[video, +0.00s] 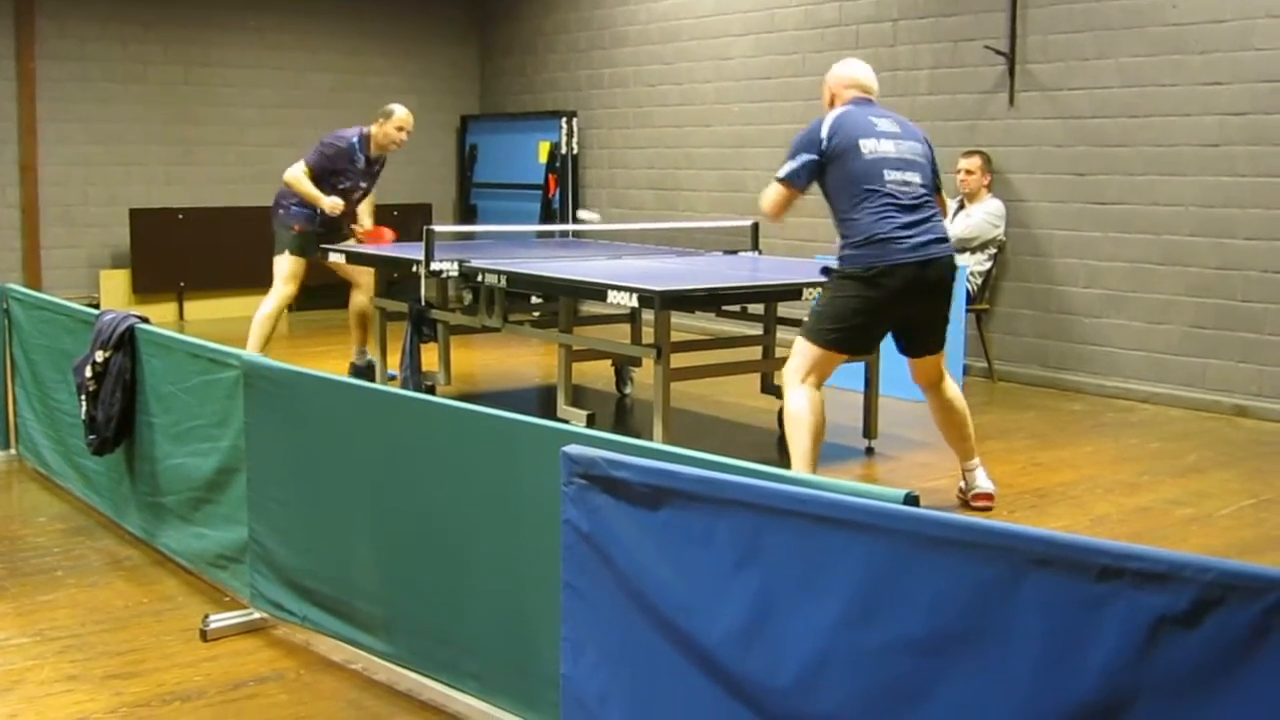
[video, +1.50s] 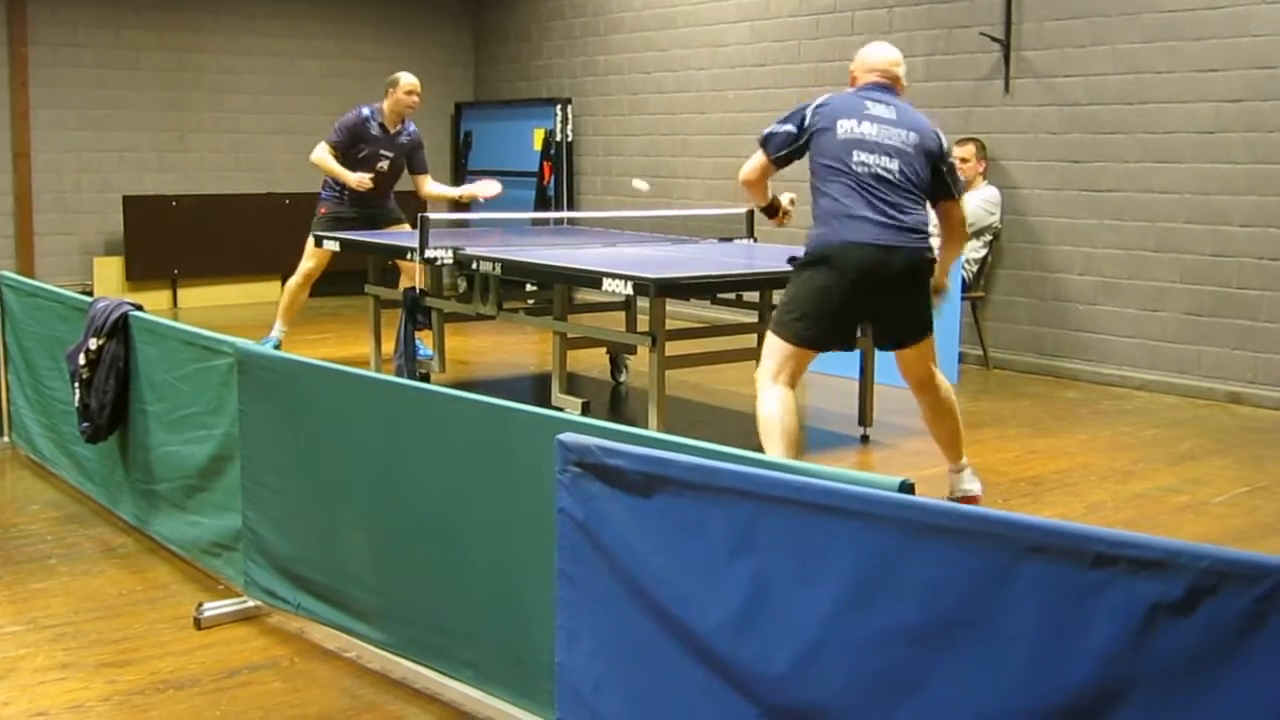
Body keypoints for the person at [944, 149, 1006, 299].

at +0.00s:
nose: (962, 178)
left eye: (969, 173)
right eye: (959, 172)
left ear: (986, 179)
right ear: (955, 175)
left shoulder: (994, 209)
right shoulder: (951, 206)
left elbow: (959, 238)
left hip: (963, 283)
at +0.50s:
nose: (964, 171)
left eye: (971, 166)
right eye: (960, 166)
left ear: (986, 172)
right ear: (956, 170)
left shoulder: (993, 203)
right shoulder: (944, 198)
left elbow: (961, 231)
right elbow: (911, 226)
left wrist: (924, 230)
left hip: (957, 278)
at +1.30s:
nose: (954, 167)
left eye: (961, 162)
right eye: (952, 161)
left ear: (980, 167)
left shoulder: (990, 197)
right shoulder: (946, 194)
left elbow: (955, 225)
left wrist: (919, 225)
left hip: (956, 273)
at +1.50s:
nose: (957, 166)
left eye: (964, 161)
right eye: (954, 160)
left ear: (981, 166)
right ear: (950, 161)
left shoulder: (989, 196)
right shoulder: (958, 192)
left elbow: (948, 224)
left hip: (958, 272)